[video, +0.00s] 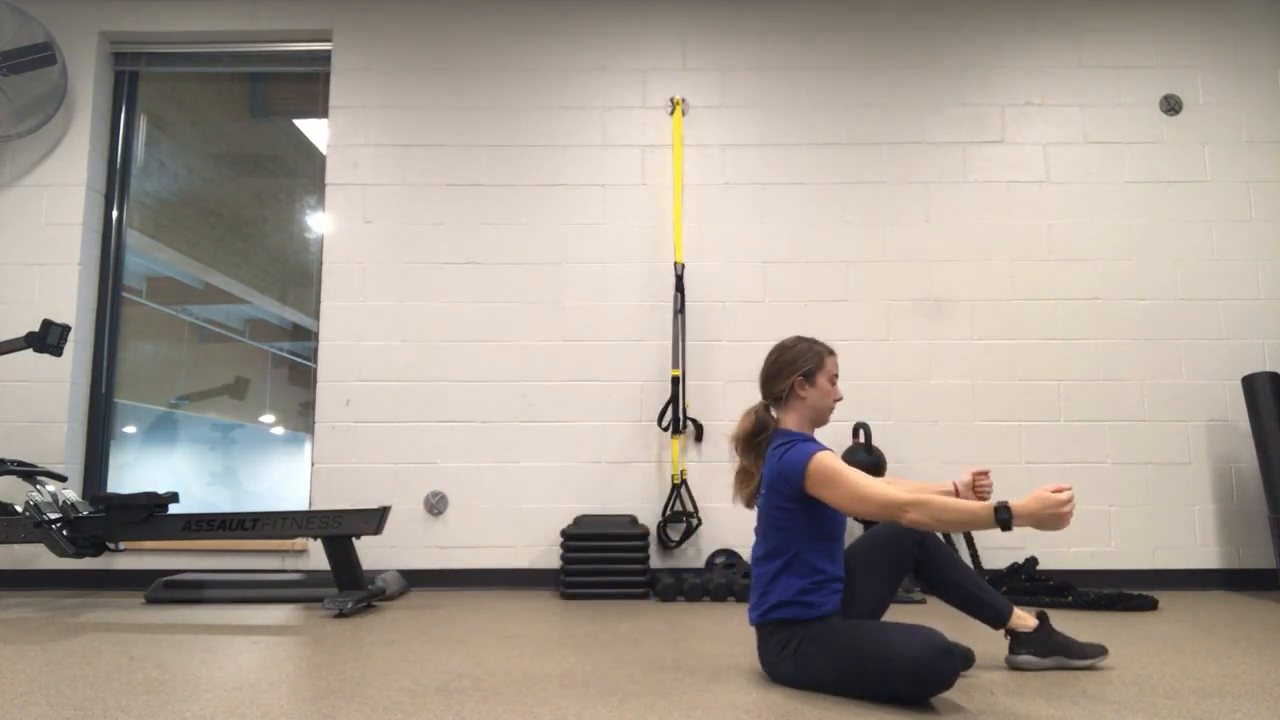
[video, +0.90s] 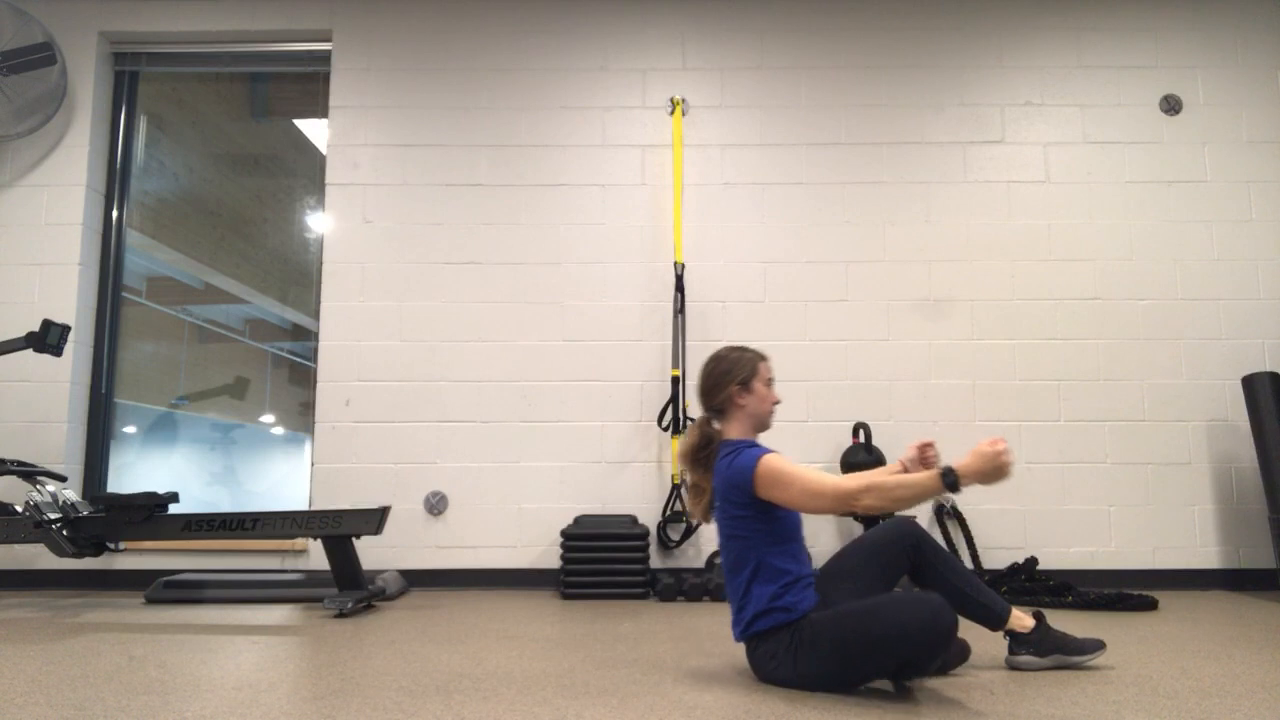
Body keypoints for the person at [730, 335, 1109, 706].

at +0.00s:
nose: (839, 393)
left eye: (836, 382)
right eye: (831, 382)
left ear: (796, 386)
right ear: (798, 386)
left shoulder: (798, 448)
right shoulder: (797, 457)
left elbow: (880, 495)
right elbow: (901, 508)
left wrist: (953, 491)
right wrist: (1015, 514)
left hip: (827, 610)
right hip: (796, 637)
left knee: (905, 535)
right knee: (938, 661)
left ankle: (1026, 629)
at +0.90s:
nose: (777, 397)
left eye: (773, 385)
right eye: (768, 386)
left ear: (738, 396)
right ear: (740, 394)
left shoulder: (742, 458)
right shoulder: (744, 462)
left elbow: (838, 496)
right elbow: (852, 498)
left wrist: (901, 473)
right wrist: (960, 475)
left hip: (800, 610)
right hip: (785, 642)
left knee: (903, 535)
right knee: (934, 616)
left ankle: (1022, 629)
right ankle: (908, 663)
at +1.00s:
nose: (753, 401)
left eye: (749, 389)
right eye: (744, 391)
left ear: (715, 401)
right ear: (714, 402)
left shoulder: (723, 464)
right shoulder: (725, 470)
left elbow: (821, 494)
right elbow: (833, 498)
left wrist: (880, 467)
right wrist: (934, 466)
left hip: (790, 612)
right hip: (779, 644)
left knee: (900, 535)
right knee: (924, 590)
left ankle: (1019, 628)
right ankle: (905, 659)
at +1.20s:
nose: (699, 416)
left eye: (693, 406)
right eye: (688, 408)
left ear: (661, 425)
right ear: (662, 424)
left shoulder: (678, 482)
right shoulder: (678, 491)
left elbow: (777, 504)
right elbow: (793, 511)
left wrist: (822, 463)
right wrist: (873, 455)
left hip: (772, 613)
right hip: (770, 647)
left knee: (873, 516)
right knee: (900, 550)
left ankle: (989, 613)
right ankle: (898, 645)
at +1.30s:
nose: (674, 428)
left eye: (667, 418)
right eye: (661, 421)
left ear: (638, 442)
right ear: (636, 442)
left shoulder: (661, 496)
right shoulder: (658, 507)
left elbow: (749, 524)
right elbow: (764, 531)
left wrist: (784, 471)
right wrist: (826, 462)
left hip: (763, 613)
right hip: (761, 648)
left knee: (851, 502)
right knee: (884, 539)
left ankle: (975, 594)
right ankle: (897, 643)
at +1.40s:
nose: (644, 446)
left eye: (637, 436)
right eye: (631, 440)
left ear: (607, 463)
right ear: (607, 459)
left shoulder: (631, 518)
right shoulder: (634, 526)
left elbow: (727, 551)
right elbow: (746, 561)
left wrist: (743, 484)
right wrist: (775, 481)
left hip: (756, 616)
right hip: (757, 648)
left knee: (834, 493)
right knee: (866, 529)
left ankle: (964, 567)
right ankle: (904, 641)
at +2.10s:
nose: (489, 574)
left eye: (478, 574)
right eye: (476, 582)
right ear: (477, 620)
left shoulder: (540, 623)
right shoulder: (543, 639)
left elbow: (634, 593)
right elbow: (645, 601)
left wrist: (566, 574)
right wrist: (569, 575)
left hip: (696, 599)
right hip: (708, 606)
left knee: (614, 460)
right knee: (614, 460)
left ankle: (713, 355)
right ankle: (721, 352)